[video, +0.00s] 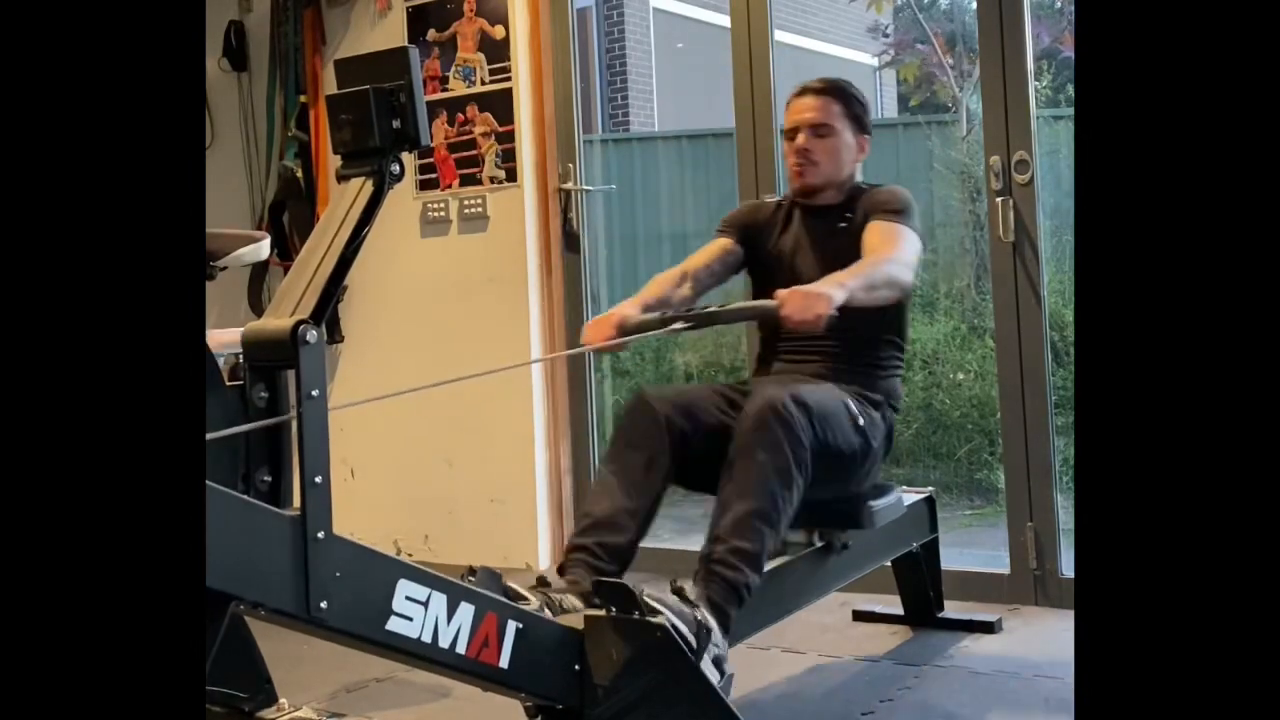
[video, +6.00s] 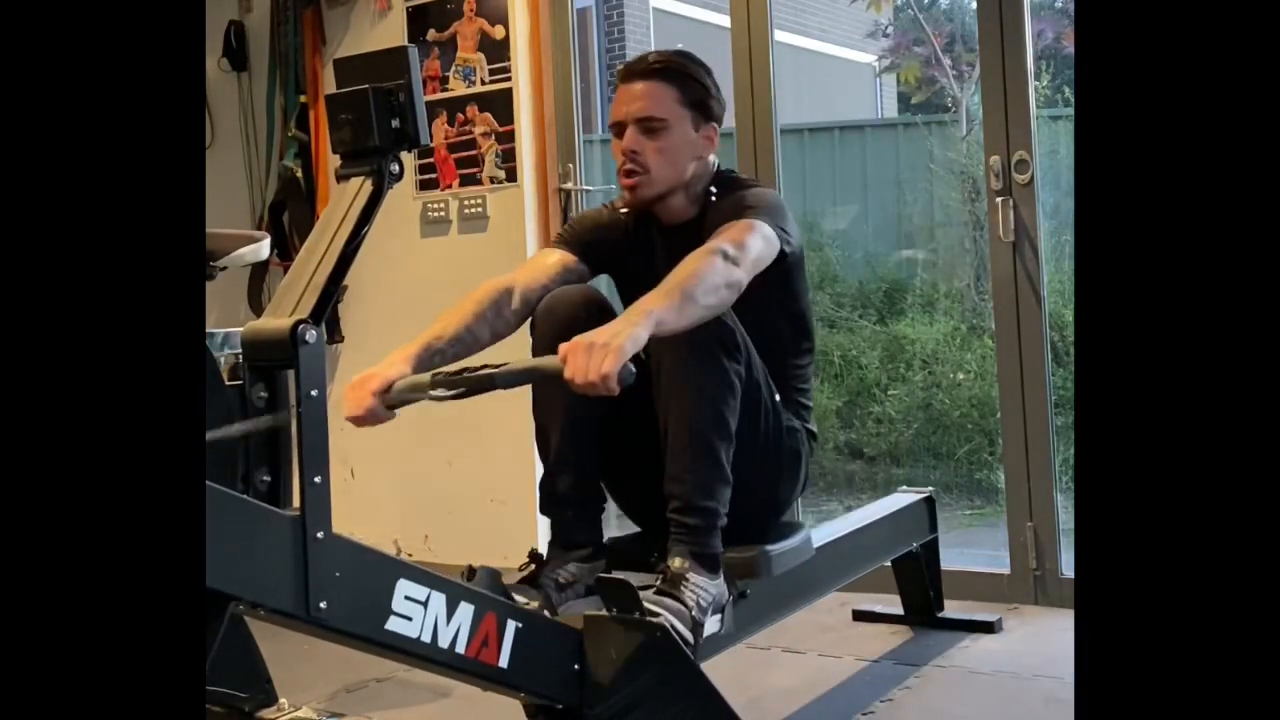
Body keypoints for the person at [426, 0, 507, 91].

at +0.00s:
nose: (471, 7)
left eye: (473, 4)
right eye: (468, 4)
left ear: (476, 7)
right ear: (463, 7)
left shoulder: (480, 22)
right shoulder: (457, 25)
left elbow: (494, 34)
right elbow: (445, 36)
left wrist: (498, 32)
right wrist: (435, 36)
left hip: (474, 60)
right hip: (460, 60)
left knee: (474, 89)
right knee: (457, 89)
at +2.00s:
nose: (471, 7)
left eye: (473, 5)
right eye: (468, 5)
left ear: (476, 8)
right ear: (463, 8)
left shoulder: (480, 22)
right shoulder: (457, 25)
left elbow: (493, 33)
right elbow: (445, 36)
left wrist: (498, 32)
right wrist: (435, 36)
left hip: (474, 60)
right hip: (460, 59)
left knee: (474, 89)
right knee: (458, 89)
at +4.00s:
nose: (471, 9)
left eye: (473, 6)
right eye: (468, 6)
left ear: (476, 8)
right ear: (463, 8)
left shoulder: (480, 22)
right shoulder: (457, 25)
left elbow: (493, 33)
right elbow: (445, 36)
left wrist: (498, 32)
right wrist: (435, 36)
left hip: (474, 60)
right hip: (460, 59)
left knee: (474, 89)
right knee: (458, 89)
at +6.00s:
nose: (471, 7)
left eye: (473, 5)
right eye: (469, 4)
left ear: (476, 8)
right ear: (463, 8)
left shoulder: (480, 22)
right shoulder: (457, 25)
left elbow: (493, 34)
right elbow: (445, 36)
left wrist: (498, 32)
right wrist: (435, 36)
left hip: (474, 60)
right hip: (460, 59)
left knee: (474, 89)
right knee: (458, 89)